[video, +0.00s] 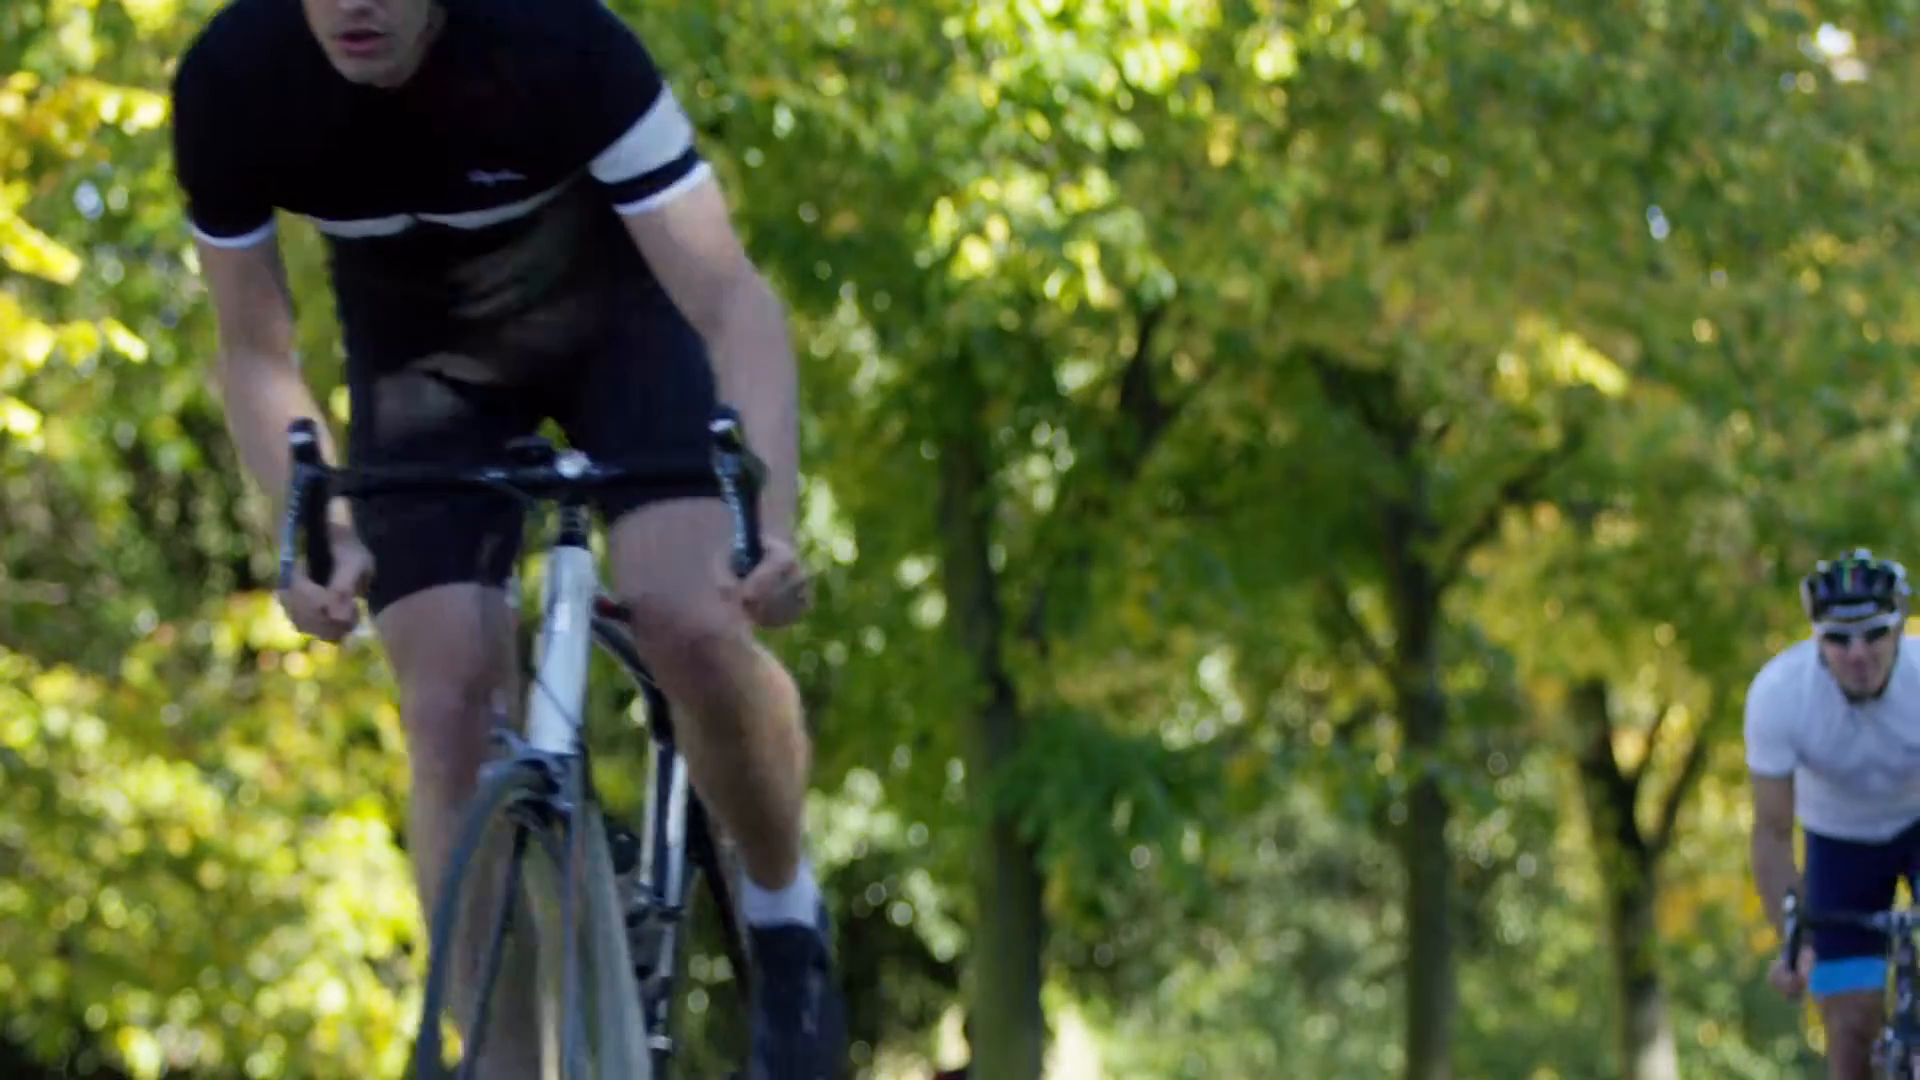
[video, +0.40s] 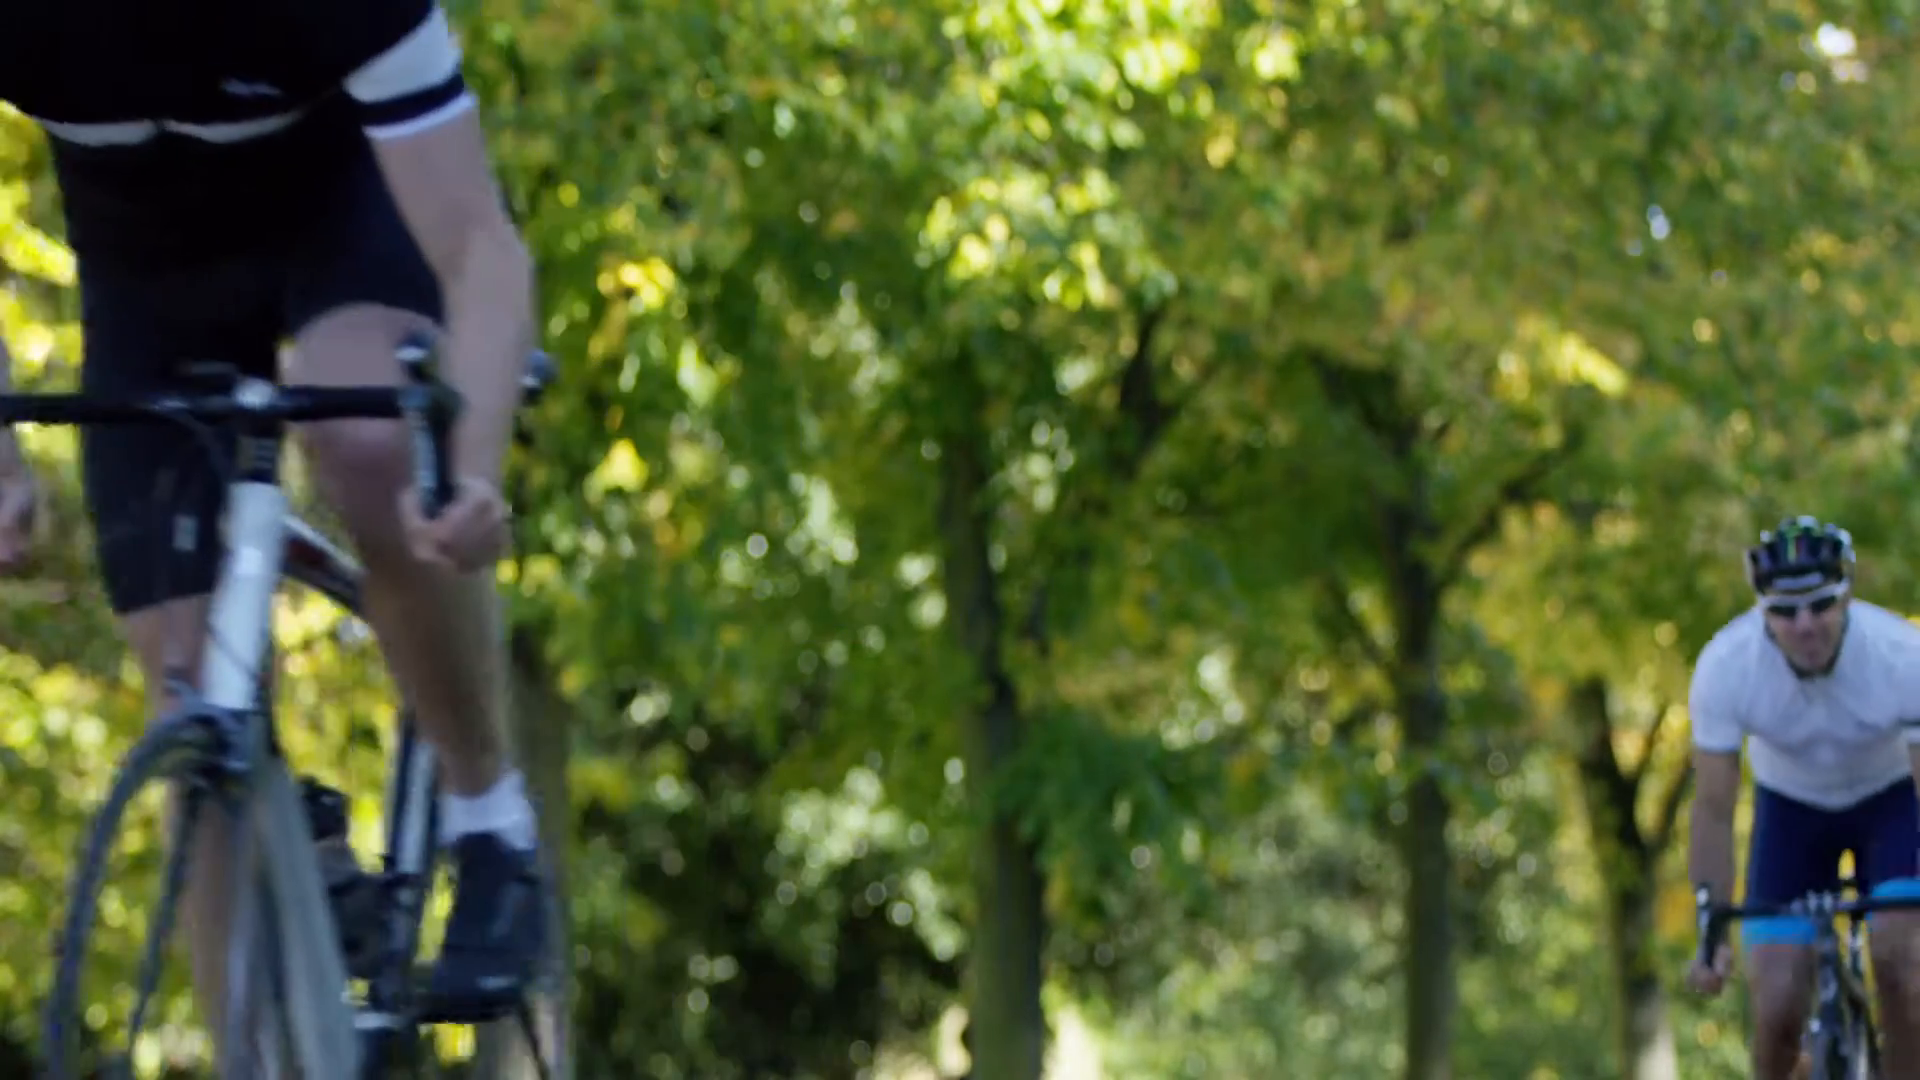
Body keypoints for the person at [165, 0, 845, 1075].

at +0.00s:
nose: (354, 0)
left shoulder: (560, 37)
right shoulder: (229, 86)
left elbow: (725, 288)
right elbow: (255, 346)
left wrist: (773, 517)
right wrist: (300, 520)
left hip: (616, 320)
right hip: (417, 357)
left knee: (687, 621)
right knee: (447, 709)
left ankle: (784, 931)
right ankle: (498, 1065)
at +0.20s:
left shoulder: (453, 17)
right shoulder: (102, 42)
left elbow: (612, 275)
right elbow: (114, 309)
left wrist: (645, 493)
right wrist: (164, 490)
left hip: (482, 254)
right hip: (279, 299)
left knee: (548, 527)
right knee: (347, 733)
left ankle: (661, 842)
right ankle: (392, 1066)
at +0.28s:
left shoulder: (408, 5)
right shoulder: (51, 27)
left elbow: (561, 264)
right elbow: (48, 284)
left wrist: (577, 481)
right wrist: (94, 463)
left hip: (426, 241)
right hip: (224, 285)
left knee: (478, 485)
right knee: (290, 727)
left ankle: (597, 826)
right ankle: (336, 1062)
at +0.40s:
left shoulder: (356, 3)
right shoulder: (30, 34)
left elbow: (479, 240)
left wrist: (477, 471)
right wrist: (3, 453)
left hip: (341, 207)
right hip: (137, 253)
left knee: (360, 438)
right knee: (192, 714)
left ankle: (491, 831)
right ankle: (250, 1056)